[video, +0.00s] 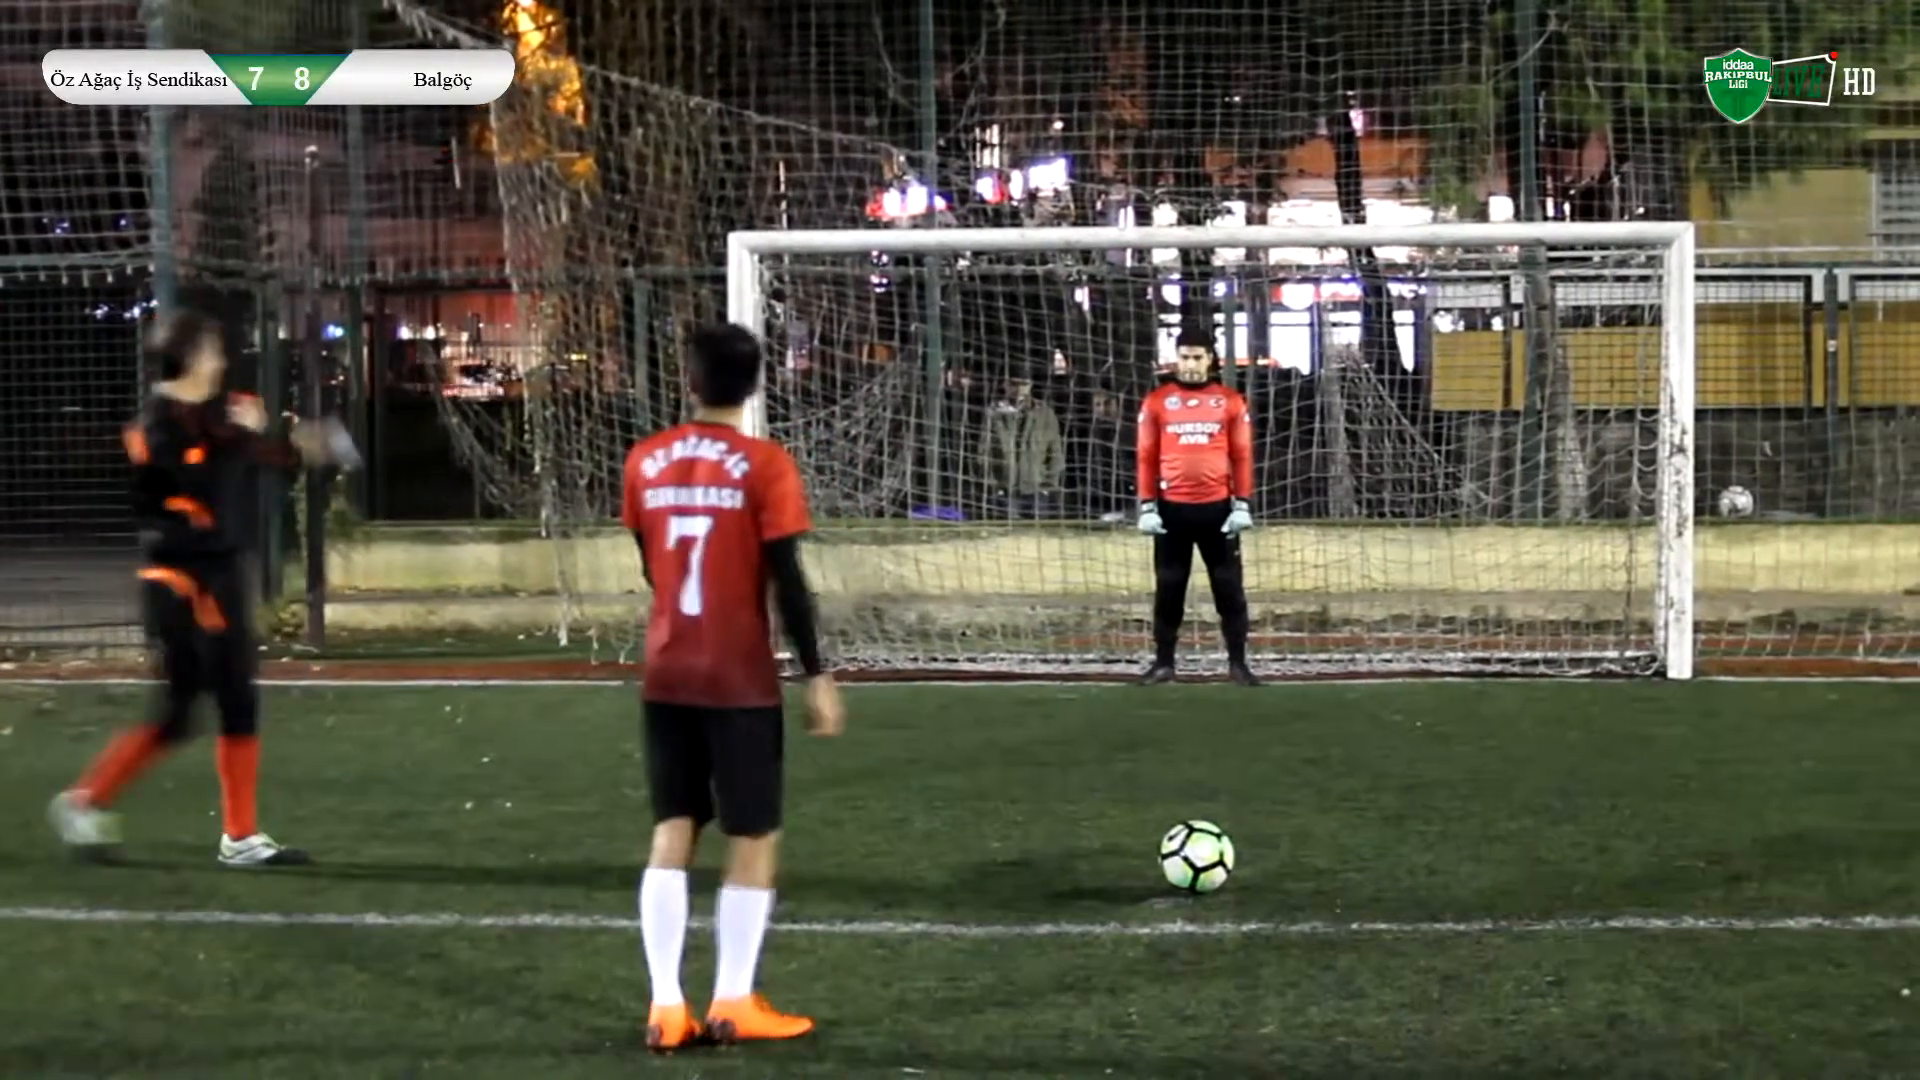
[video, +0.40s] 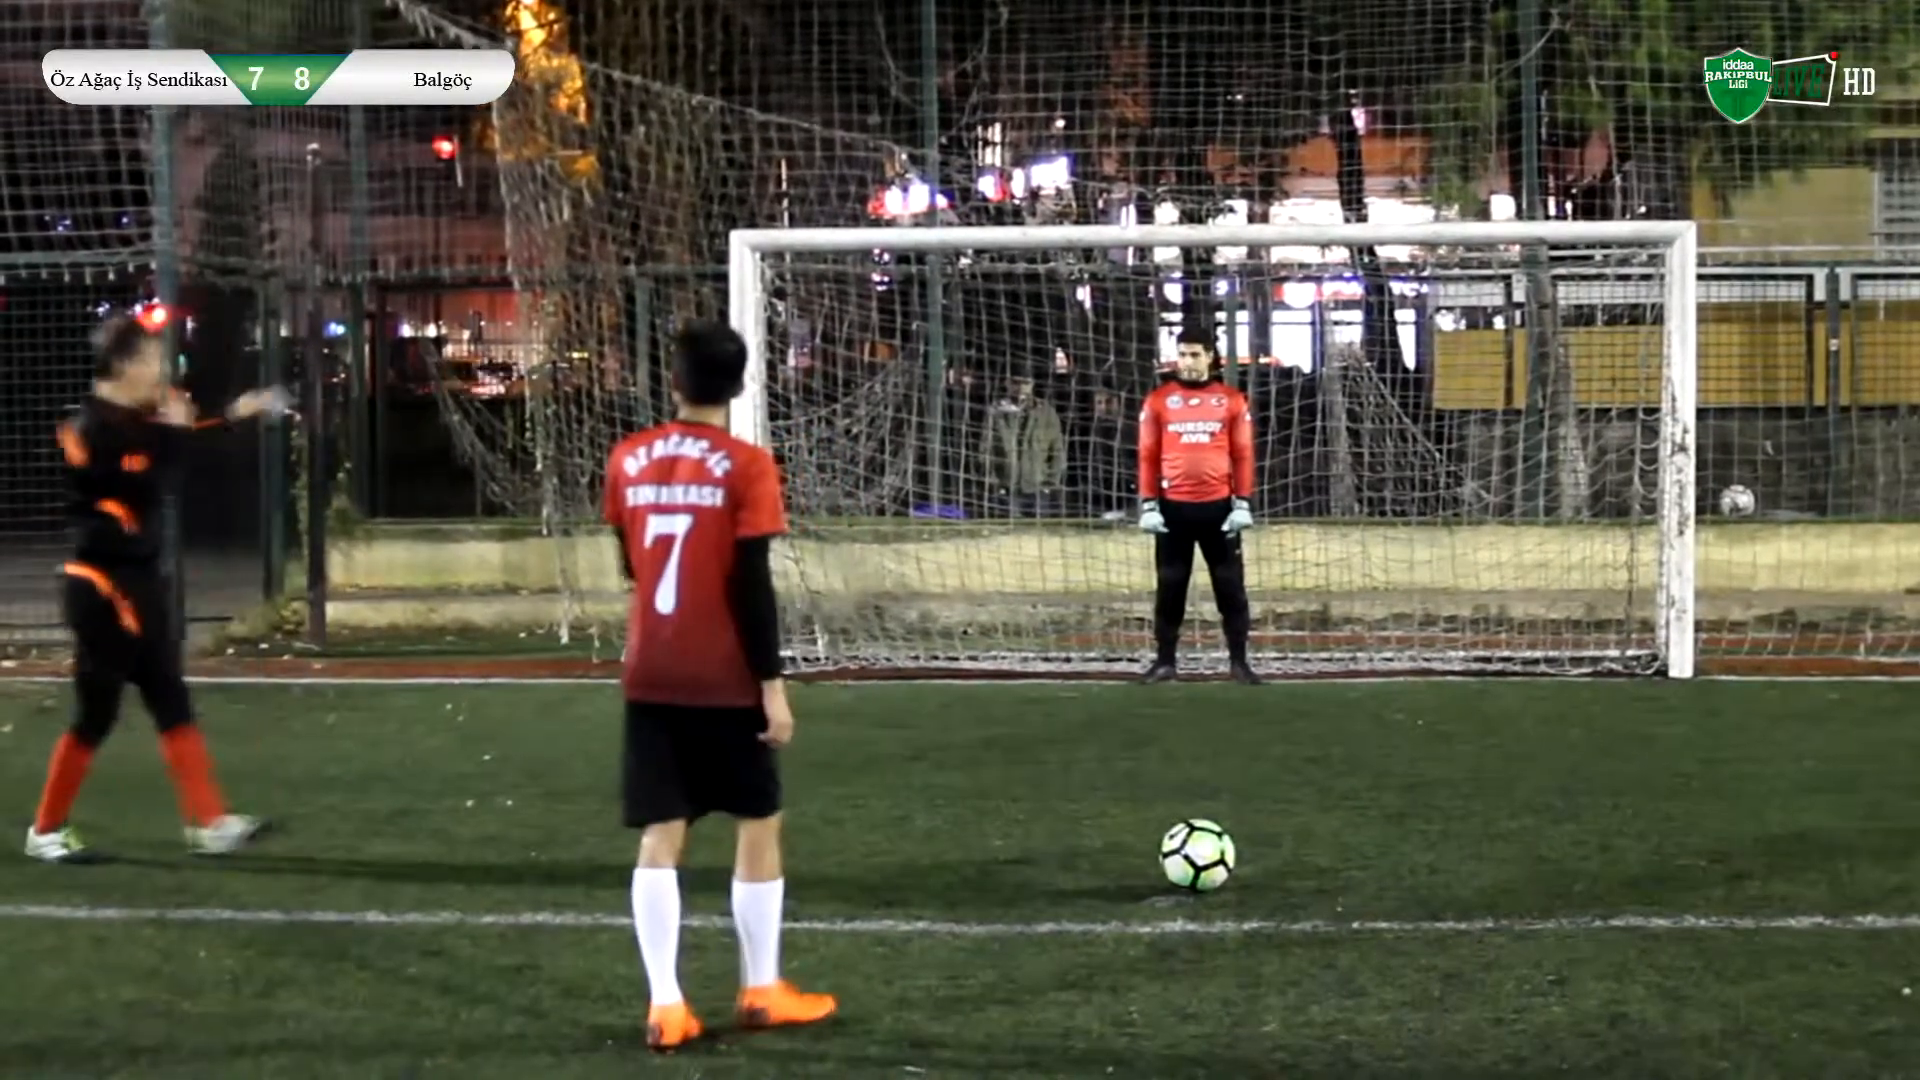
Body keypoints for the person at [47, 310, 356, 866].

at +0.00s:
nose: (219, 361)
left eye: (219, 351)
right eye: (211, 351)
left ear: (202, 358)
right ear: (187, 355)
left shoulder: (217, 421)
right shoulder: (159, 423)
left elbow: (265, 455)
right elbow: (153, 510)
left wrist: (305, 448)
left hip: (221, 577)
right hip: (177, 578)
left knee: (239, 704)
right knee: (177, 712)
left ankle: (241, 836)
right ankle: (83, 802)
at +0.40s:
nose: (161, 371)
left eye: (160, 360)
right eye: (152, 361)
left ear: (136, 365)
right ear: (124, 366)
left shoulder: (147, 425)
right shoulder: (90, 426)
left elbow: (188, 438)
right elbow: (106, 485)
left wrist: (240, 415)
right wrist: (172, 433)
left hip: (140, 581)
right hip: (96, 582)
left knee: (169, 696)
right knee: (97, 710)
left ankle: (208, 820)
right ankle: (46, 828)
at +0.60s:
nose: (136, 366)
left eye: (137, 355)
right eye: (127, 356)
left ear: (112, 361)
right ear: (95, 357)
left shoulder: (124, 417)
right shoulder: (61, 417)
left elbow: (160, 450)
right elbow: (87, 482)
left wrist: (210, 442)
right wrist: (137, 423)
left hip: (118, 573)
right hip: (75, 573)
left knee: (146, 691)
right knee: (80, 700)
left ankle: (144, 817)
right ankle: (47, 829)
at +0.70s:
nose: (123, 365)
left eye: (124, 355)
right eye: (115, 354)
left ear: (107, 359)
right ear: (80, 355)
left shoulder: (107, 411)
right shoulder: (49, 415)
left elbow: (135, 464)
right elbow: (93, 480)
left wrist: (189, 465)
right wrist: (126, 420)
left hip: (109, 568)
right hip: (65, 569)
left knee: (132, 689)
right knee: (70, 696)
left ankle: (108, 813)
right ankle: (45, 829)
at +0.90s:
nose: (97, 364)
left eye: (99, 353)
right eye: (89, 353)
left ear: (80, 355)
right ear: (57, 355)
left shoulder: (81, 412)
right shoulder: (27, 417)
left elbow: (100, 488)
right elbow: (75, 487)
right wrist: (103, 418)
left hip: (86, 565)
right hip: (46, 567)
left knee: (94, 694)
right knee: (65, 695)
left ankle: (47, 806)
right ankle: (42, 832)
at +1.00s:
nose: (87, 367)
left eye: (89, 356)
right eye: (78, 356)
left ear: (81, 358)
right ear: (49, 356)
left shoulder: (70, 413)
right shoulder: (24, 414)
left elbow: (76, 482)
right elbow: (59, 481)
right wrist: (89, 423)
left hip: (78, 564)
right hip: (39, 565)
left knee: (69, 687)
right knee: (63, 689)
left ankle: (17, 784)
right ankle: (44, 828)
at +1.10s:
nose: (78, 368)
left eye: (81, 357)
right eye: (69, 358)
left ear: (75, 359)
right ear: (37, 358)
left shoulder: (70, 411)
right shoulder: (18, 415)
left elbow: (78, 492)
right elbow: (44, 485)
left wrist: (119, 520)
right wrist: (79, 420)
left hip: (69, 568)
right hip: (31, 570)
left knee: (49, 692)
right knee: (63, 697)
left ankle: (6, 779)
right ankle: (42, 829)